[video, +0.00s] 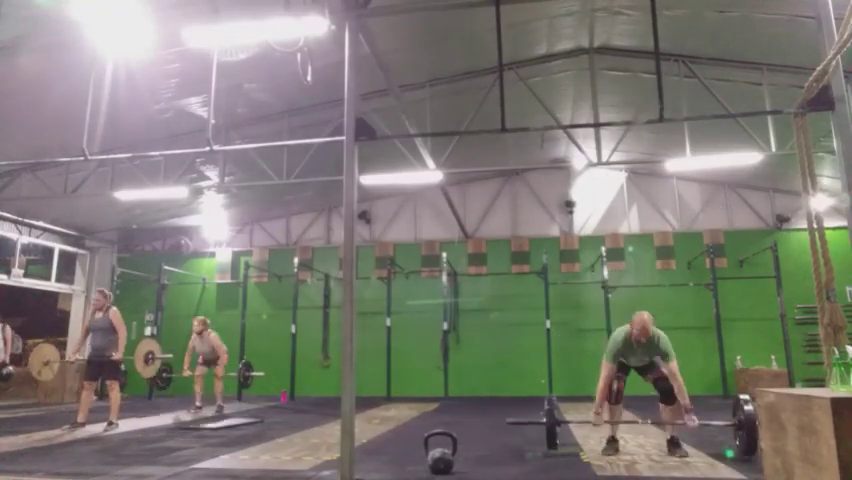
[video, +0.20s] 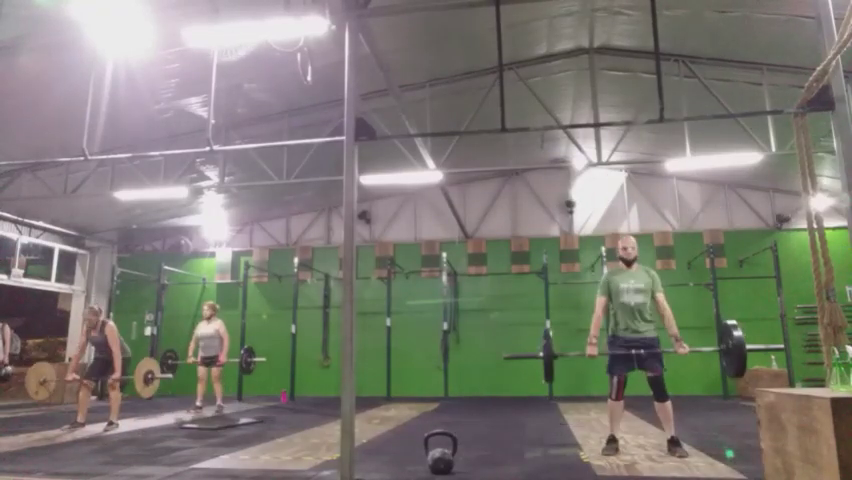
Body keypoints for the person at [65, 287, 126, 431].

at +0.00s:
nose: (94, 302)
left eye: (98, 300)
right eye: (94, 300)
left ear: (106, 301)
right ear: (94, 300)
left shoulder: (112, 312)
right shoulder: (93, 314)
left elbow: (122, 331)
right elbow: (85, 333)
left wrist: (120, 352)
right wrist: (76, 351)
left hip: (110, 355)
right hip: (94, 355)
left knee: (113, 385)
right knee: (88, 386)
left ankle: (113, 420)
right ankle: (80, 420)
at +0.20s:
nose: (87, 322)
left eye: (90, 319)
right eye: (86, 319)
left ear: (98, 318)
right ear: (85, 318)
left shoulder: (109, 327)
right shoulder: (87, 328)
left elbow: (116, 350)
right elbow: (80, 349)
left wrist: (117, 372)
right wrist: (71, 371)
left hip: (118, 357)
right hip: (101, 357)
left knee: (113, 384)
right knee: (86, 384)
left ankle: (113, 420)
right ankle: (80, 420)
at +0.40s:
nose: (85, 349)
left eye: (87, 347)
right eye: (83, 347)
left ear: (95, 344)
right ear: (81, 346)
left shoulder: (107, 352)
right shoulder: (85, 353)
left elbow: (113, 377)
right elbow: (76, 374)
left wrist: (113, 399)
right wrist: (65, 398)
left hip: (120, 374)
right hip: (100, 375)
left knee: (105, 388)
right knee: (77, 388)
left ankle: (112, 421)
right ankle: (80, 420)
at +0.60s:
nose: (90, 323)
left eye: (92, 320)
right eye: (89, 320)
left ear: (100, 321)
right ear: (89, 320)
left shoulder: (110, 331)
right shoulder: (90, 332)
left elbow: (117, 354)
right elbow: (82, 353)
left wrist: (117, 377)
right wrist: (73, 374)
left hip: (119, 360)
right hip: (101, 360)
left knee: (112, 385)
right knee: (83, 385)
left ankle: (113, 420)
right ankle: (80, 420)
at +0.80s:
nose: (94, 307)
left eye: (97, 304)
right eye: (93, 304)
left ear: (105, 304)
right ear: (92, 305)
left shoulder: (113, 316)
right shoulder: (94, 318)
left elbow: (120, 336)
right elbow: (87, 338)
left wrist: (121, 358)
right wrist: (77, 357)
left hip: (112, 356)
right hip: (98, 356)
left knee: (111, 384)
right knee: (87, 384)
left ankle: (113, 420)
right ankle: (80, 420)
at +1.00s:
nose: (85, 348)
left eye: (88, 345)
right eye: (84, 345)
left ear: (96, 344)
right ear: (83, 344)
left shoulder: (108, 351)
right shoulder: (85, 351)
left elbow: (114, 376)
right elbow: (76, 374)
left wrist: (114, 400)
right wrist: (67, 397)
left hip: (121, 370)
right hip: (102, 370)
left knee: (106, 387)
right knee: (80, 387)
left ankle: (112, 421)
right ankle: (80, 420)